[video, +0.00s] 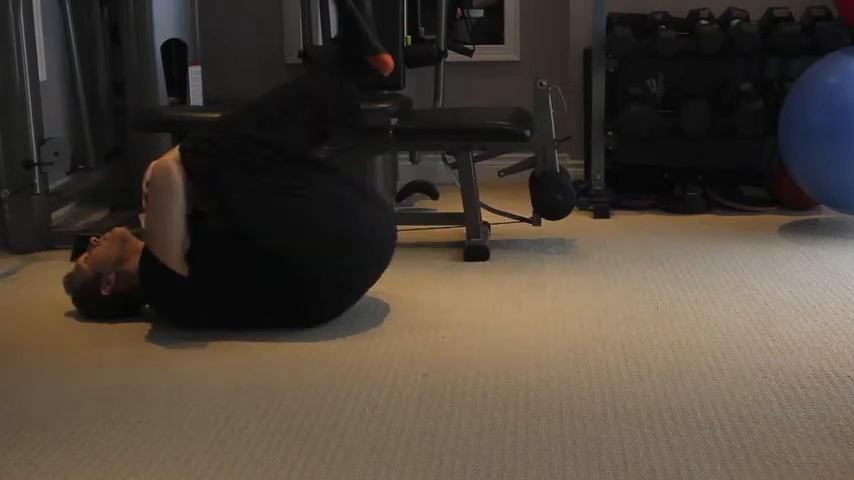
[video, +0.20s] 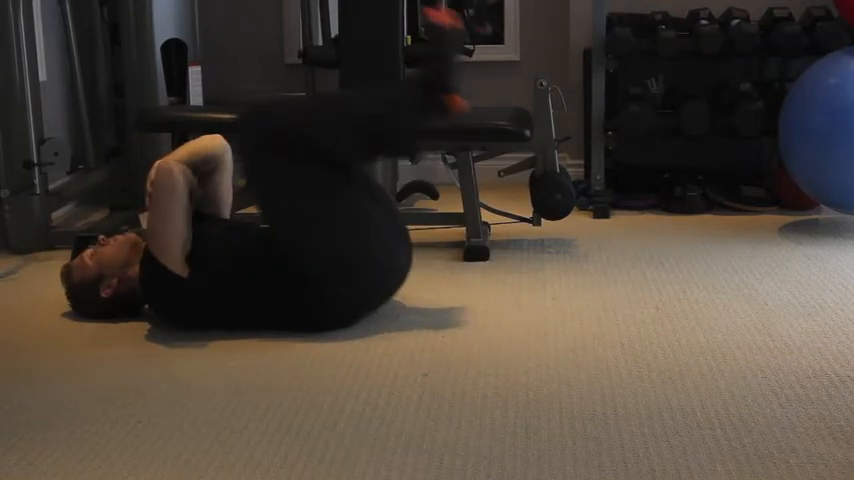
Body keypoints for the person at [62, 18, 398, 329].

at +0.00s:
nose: (101, 235)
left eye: (88, 242)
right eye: (89, 248)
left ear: (115, 283)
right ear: (110, 283)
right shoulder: (167, 292)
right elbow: (164, 171)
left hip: (366, 240)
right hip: (339, 249)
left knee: (223, 156)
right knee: (202, 153)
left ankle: (345, 72)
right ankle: (340, 75)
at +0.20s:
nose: (113, 235)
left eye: (97, 240)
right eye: (98, 249)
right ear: (112, 288)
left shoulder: (191, 257)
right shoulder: (165, 287)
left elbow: (220, 153)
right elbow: (167, 172)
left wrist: (172, 201)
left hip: (369, 258)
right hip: (339, 276)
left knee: (265, 129)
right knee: (259, 132)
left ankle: (422, 101)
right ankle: (423, 104)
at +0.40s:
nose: (113, 250)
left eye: (105, 249)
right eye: (103, 260)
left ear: (127, 258)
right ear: (115, 292)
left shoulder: (195, 249)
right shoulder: (166, 296)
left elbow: (202, 150)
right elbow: (142, 175)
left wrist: (150, 227)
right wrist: (169, 217)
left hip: (379, 269)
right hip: (365, 291)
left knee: (397, 121)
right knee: (388, 120)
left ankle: (543, 192)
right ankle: (544, 195)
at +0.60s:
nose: (145, 255)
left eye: (138, 254)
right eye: (135, 265)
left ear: (154, 263)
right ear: (147, 295)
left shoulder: (218, 250)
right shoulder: (195, 292)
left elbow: (203, 151)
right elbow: (163, 174)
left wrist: (162, 188)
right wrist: (175, 211)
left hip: (401, 254)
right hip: (396, 285)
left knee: (501, 139)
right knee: (497, 147)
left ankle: (588, 276)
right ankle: (602, 279)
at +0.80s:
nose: (153, 256)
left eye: (145, 255)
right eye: (143, 266)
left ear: (162, 261)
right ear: (155, 296)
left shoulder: (226, 253)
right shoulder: (207, 293)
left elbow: (216, 152)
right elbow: (181, 174)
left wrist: (186, 215)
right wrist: (197, 233)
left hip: (408, 258)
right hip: (402, 288)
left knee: (512, 140)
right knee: (512, 154)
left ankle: (604, 278)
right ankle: (616, 282)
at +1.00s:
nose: (129, 250)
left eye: (118, 252)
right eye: (119, 265)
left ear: (148, 266)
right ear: (138, 295)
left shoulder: (216, 254)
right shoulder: (197, 291)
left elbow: (210, 150)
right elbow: (168, 178)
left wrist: (188, 226)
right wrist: (181, 194)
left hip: (397, 264)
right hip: (387, 287)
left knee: (463, 128)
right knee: (455, 129)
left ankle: (578, 224)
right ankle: (576, 227)